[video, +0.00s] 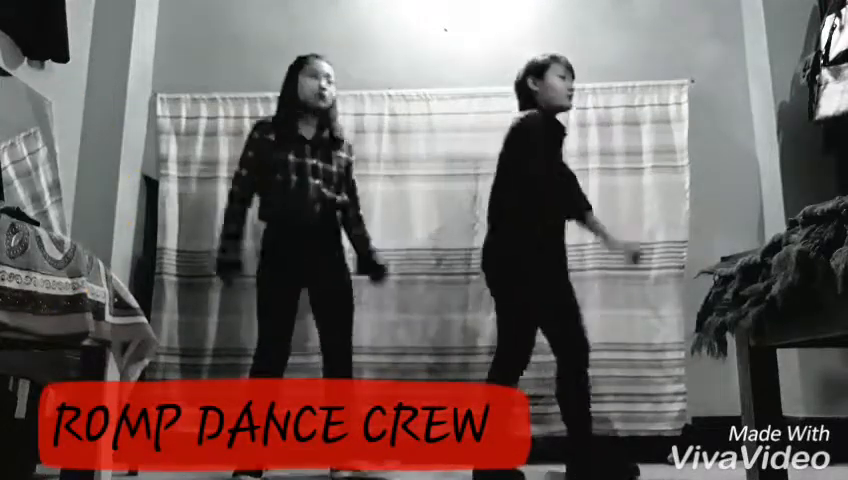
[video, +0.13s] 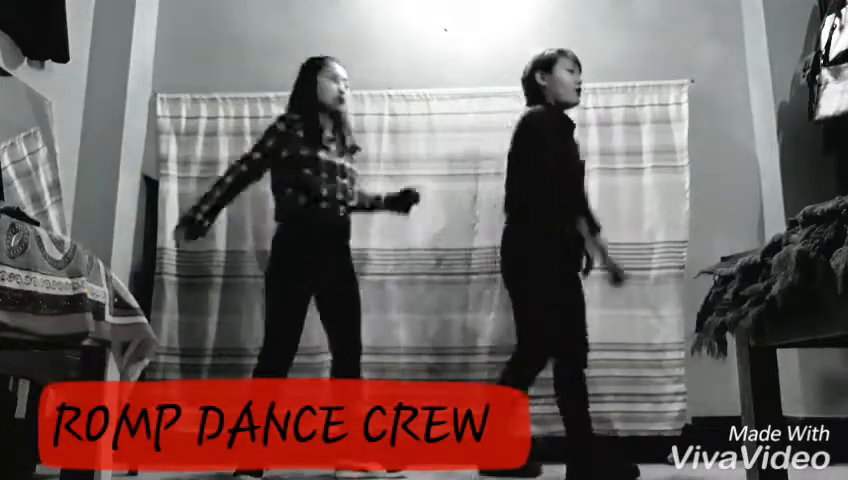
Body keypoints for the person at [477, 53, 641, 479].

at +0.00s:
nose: (571, 85)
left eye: (571, 79)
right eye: (562, 77)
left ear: (540, 90)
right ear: (536, 84)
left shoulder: (525, 131)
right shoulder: (541, 129)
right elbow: (566, 193)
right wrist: (611, 240)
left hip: (508, 260)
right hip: (536, 262)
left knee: (512, 353)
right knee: (573, 350)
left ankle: (482, 448)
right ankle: (583, 453)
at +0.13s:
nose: (580, 79)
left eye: (579, 72)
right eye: (572, 71)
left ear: (550, 81)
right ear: (543, 78)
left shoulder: (548, 126)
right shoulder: (545, 125)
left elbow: (575, 202)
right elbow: (563, 199)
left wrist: (603, 254)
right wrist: (589, 244)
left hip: (541, 256)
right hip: (542, 258)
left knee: (535, 348)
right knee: (566, 352)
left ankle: (485, 437)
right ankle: (584, 456)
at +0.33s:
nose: (572, 77)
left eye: (572, 70)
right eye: (564, 69)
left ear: (542, 79)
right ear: (537, 74)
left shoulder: (533, 117)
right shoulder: (540, 116)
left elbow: (533, 189)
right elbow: (540, 182)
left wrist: (562, 237)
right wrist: (560, 238)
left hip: (518, 249)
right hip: (536, 249)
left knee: (512, 351)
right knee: (556, 353)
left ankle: (490, 447)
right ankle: (583, 453)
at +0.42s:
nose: (572, 74)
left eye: (571, 67)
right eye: (564, 66)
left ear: (542, 77)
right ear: (538, 73)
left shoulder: (533, 116)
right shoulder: (545, 114)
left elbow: (531, 187)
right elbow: (546, 179)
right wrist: (561, 237)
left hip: (516, 252)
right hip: (535, 252)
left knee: (513, 352)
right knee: (557, 353)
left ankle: (490, 448)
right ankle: (584, 454)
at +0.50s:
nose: (581, 81)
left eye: (579, 73)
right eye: (573, 73)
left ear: (549, 82)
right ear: (547, 81)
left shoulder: (541, 128)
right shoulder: (556, 129)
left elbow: (541, 199)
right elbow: (557, 198)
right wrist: (563, 257)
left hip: (517, 263)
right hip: (534, 263)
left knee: (555, 358)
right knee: (587, 351)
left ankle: (499, 442)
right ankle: (583, 458)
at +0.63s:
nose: (583, 89)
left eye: (580, 81)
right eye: (575, 81)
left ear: (550, 91)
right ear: (551, 90)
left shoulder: (541, 137)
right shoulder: (556, 138)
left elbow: (546, 210)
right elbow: (563, 210)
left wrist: (557, 268)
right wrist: (571, 273)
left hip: (528, 270)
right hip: (544, 271)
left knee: (554, 359)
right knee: (589, 353)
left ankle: (501, 441)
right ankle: (584, 456)